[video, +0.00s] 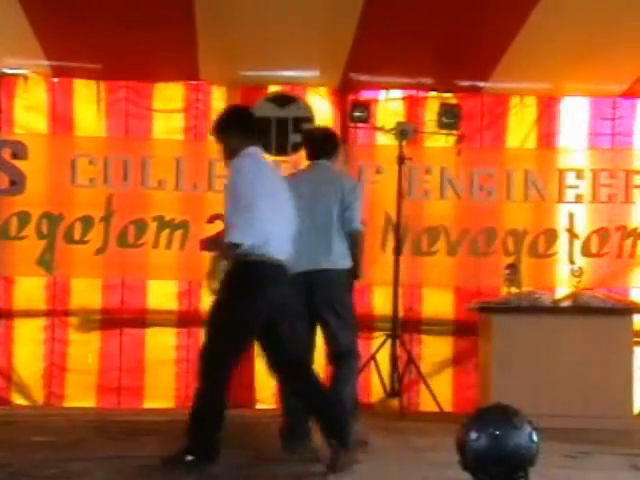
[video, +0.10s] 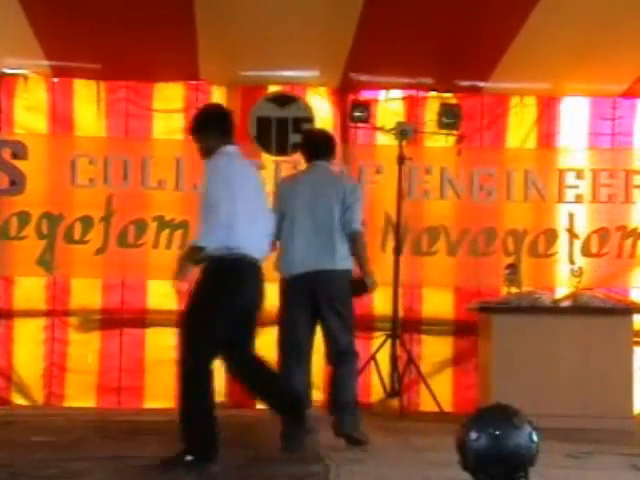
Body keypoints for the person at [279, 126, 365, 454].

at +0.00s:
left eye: (312, 149)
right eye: (334, 150)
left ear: (307, 152)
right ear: (336, 151)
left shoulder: (290, 184)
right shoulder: (345, 183)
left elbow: (281, 225)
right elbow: (353, 227)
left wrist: (283, 260)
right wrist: (357, 264)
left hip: (294, 271)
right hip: (333, 269)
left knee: (296, 355)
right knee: (344, 351)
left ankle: (295, 431)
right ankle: (341, 424)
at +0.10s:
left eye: (304, 152)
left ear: (304, 155)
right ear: (333, 154)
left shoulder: (287, 186)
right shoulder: (345, 184)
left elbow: (274, 230)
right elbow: (353, 229)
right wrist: (366, 270)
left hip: (295, 275)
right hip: (334, 272)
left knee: (294, 354)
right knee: (343, 351)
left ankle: (294, 429)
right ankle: (347, 422)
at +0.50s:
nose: (319, 167)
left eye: (322, 162)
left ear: (323, 165)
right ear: (351, 165)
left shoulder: (314, 188)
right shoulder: (365, 196)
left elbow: (301, 201)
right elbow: (374, 244)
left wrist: (318, 173)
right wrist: (385, 289)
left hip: (315, 277)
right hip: (351, 277)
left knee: (312, 351)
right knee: (352, 352)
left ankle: (299, 425)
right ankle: (354, 424)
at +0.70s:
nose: (328, 170)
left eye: (329, 165)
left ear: (330, 165)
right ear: (357, 166)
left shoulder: (323, 185)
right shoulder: (374, 195)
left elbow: (303, 192)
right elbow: (385, 243)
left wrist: (318, 163)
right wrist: (390, 285)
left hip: (325, 272)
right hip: (360, 273)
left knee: (325, 343)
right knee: (358, 348)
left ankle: (321, 406)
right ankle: (356, 423)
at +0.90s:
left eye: (330, 173)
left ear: (330, 172)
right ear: (357, 171)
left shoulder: (325, 192)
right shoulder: (375, 199)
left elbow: (299, 204)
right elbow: (388, 246)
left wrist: (317, 175)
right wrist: (393, 289)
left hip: (329, 279)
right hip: (365, 280)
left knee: (329, 351)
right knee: (359, 354)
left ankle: (327, 419)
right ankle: (357, 426)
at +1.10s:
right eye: (355, 175)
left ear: (327, 175)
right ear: (355, 174)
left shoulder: (317, 197)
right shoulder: (371, 198)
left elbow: (295, 233)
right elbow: (385, 243)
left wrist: (309, 200)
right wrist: (396, 286)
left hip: (328, 280)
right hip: (363, 280)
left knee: (329, 348)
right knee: (360, 349)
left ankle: (329, 417)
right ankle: (358, 414)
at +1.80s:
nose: (358, 176)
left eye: (358, 170)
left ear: (361, 166)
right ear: (387, 161)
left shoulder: (356, 184)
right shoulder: (412, 184)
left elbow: (349, 223)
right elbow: (429, 223)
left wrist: (349, 243)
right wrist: (417, 250)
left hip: (369, 272)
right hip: (408, 272)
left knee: (357, 355)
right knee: (404, 353)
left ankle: (350, 429)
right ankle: (405, 432)